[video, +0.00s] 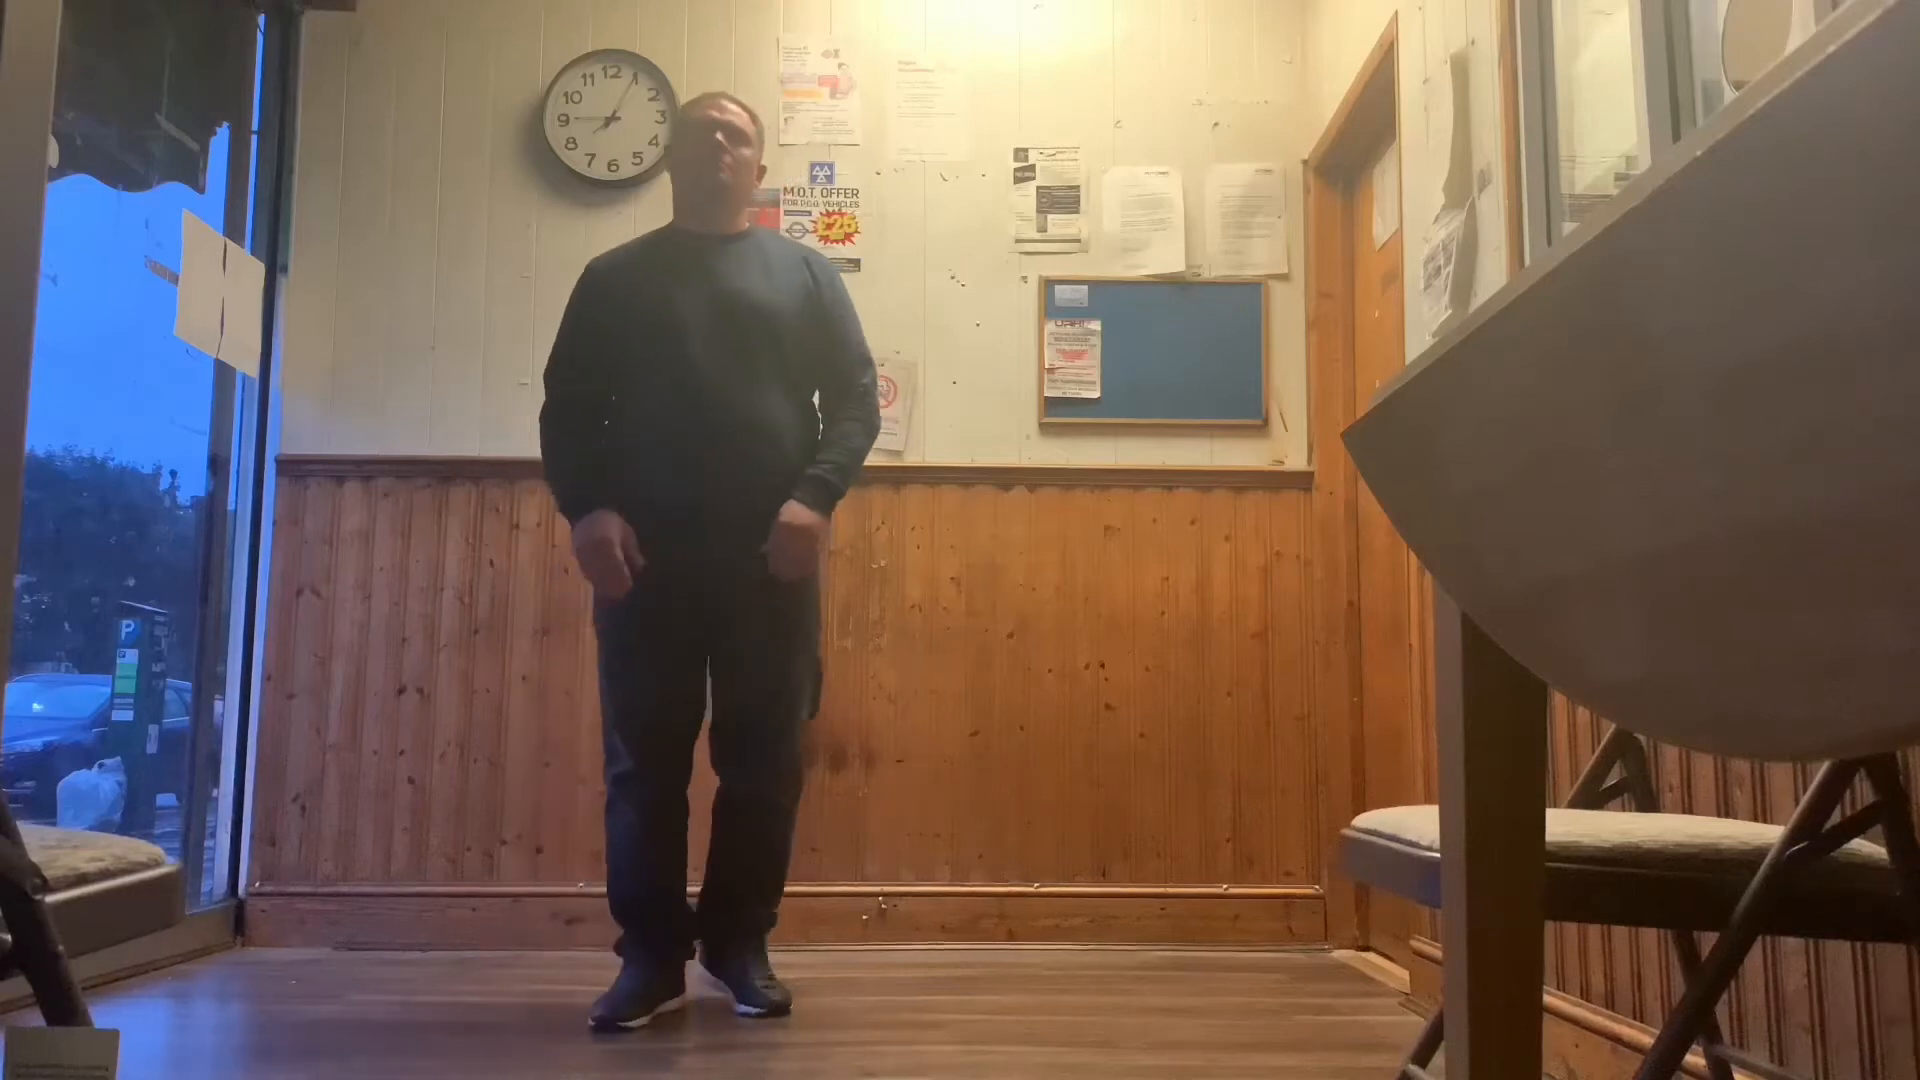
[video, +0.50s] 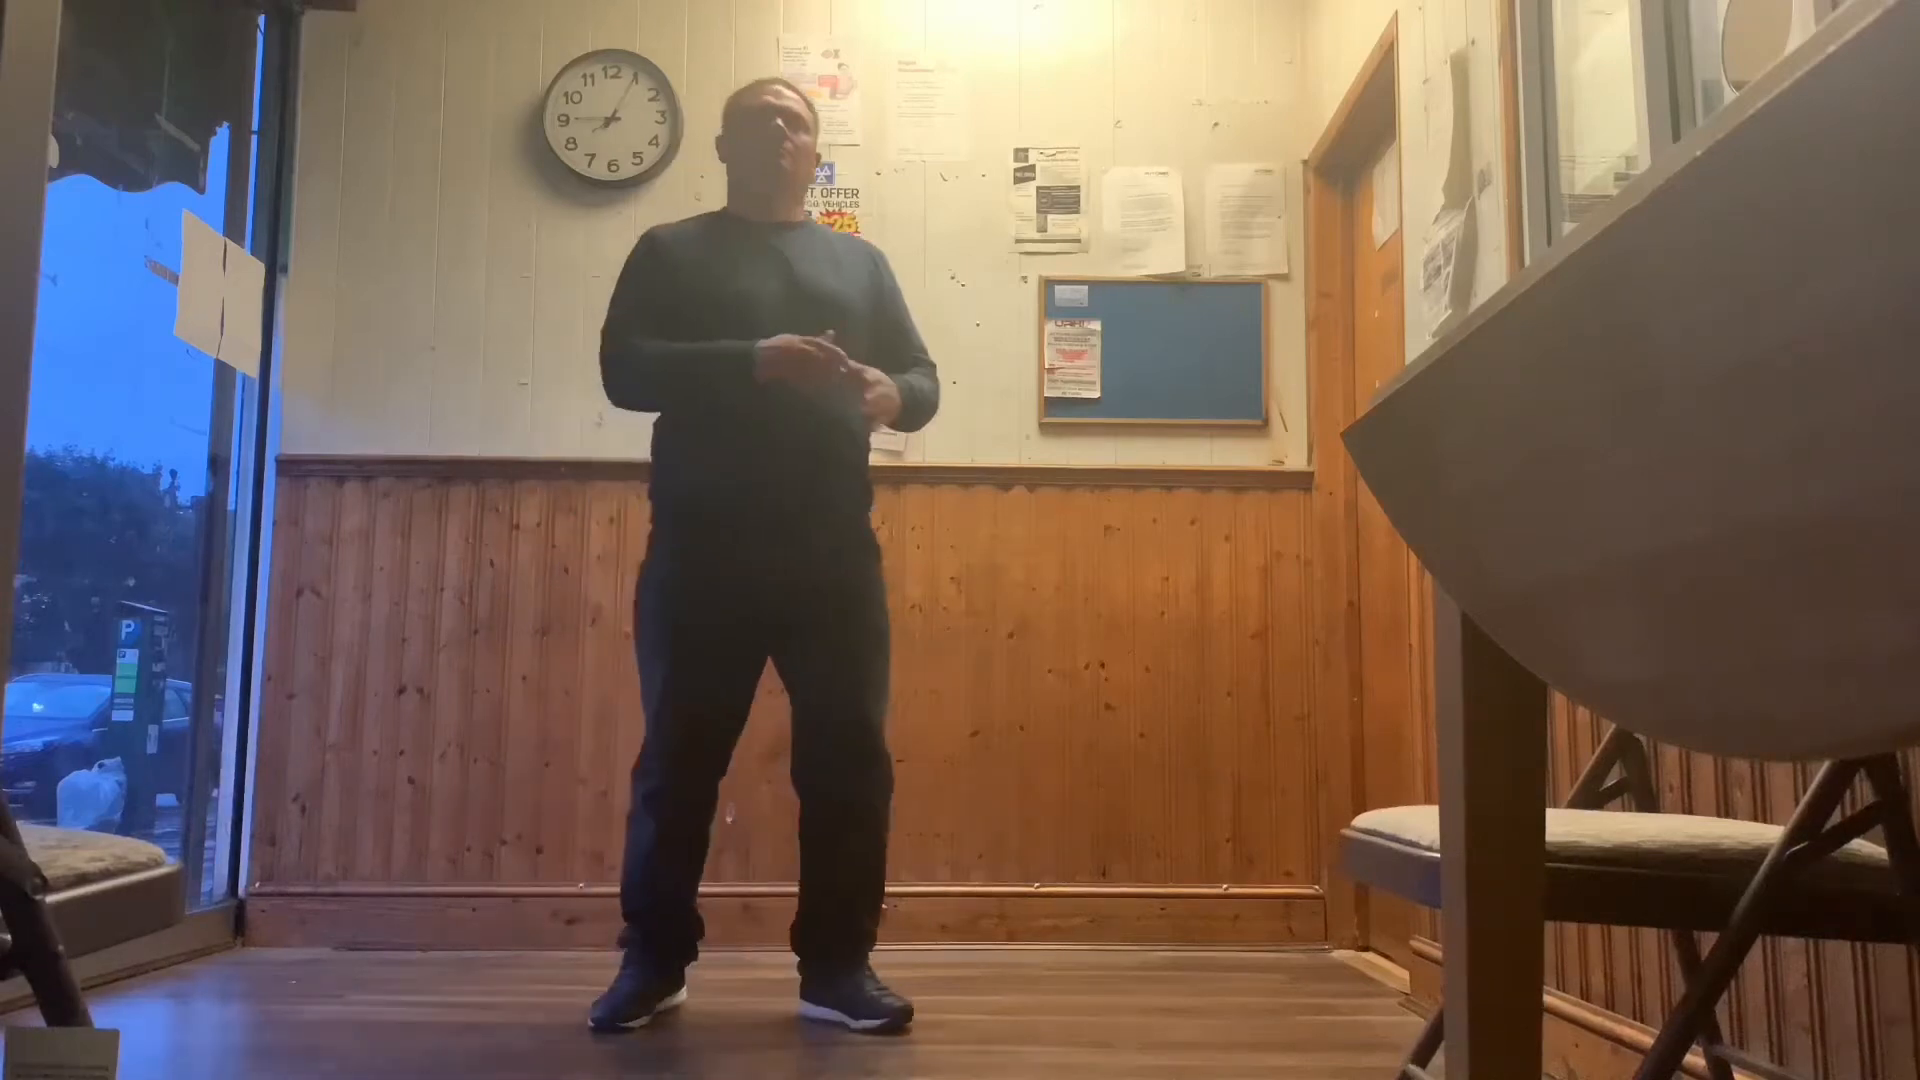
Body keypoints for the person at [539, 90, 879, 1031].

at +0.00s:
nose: (714, 140)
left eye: (733, 133)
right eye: (697, 129)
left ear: (760, 168)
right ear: (667, 160)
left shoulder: (806, 274)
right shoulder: (613, 276)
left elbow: (856, 403)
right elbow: (566, 404)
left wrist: (815, 495)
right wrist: (585, 507)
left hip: (768, 562)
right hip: (644, 561)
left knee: (762, 770)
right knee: (643, 771)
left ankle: (737, 950)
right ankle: (649, 960)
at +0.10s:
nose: (717, 138)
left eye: (735, 132)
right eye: (699, 127)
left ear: (760, 169)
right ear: (667, 159)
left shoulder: (801, 274)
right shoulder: (607, 274)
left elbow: (851, 399)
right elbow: (558, 407)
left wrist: (813, 489)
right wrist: (599, 493)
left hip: (770, 554)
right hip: (642, 556)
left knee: (801, 738)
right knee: (639, 763)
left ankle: (761, 927)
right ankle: (650, 959)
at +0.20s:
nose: (725, 135)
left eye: (743, 129)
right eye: (705, 123)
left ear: (766, 166)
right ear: (671, 155)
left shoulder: (805, 272)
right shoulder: (610, 268)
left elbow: (853, 400)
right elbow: (556, 398)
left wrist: (817, 464)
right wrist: (615, 462)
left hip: (774, 552)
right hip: (646, 552)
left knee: (812, 737)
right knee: (640, 762)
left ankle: (803, 942)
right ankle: (650, 960)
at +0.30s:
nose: (732, 131)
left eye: (751, 124)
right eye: (713, 119)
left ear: (779, 160)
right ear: (683, 152)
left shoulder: (815, 267)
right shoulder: (622, 256)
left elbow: (873, 391)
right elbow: (562, 377)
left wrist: (838, 415)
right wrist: (657, 409)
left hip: (784, 554)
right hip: (656, 554)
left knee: (821, 749)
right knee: (648, 767)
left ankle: (840, 963)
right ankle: (650, 962)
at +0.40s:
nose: (759, 134)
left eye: (774, 124)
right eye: (738, 121)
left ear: (797, 157)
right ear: (702, 151)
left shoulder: (833, 266)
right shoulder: (642, 251)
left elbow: (899, 392)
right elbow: (585, 369)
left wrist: (861, 384)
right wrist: (709, 364)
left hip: (803, 550)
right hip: (674, 551)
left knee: (834, 755)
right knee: (657, 764)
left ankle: (840, 965)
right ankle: (651, 962)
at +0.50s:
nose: (778, 128)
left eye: (794, 120)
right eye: (757, 115)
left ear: (818, 156)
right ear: (720, 149)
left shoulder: (859, 263)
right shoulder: (670, 251)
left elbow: (922, 385)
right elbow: (623, 372)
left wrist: (894, 395)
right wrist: (756, 359)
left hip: (831, 553)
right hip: (702, 551)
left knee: (851, 765)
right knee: (676, 766)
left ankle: (837, 971)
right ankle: (651, 965)